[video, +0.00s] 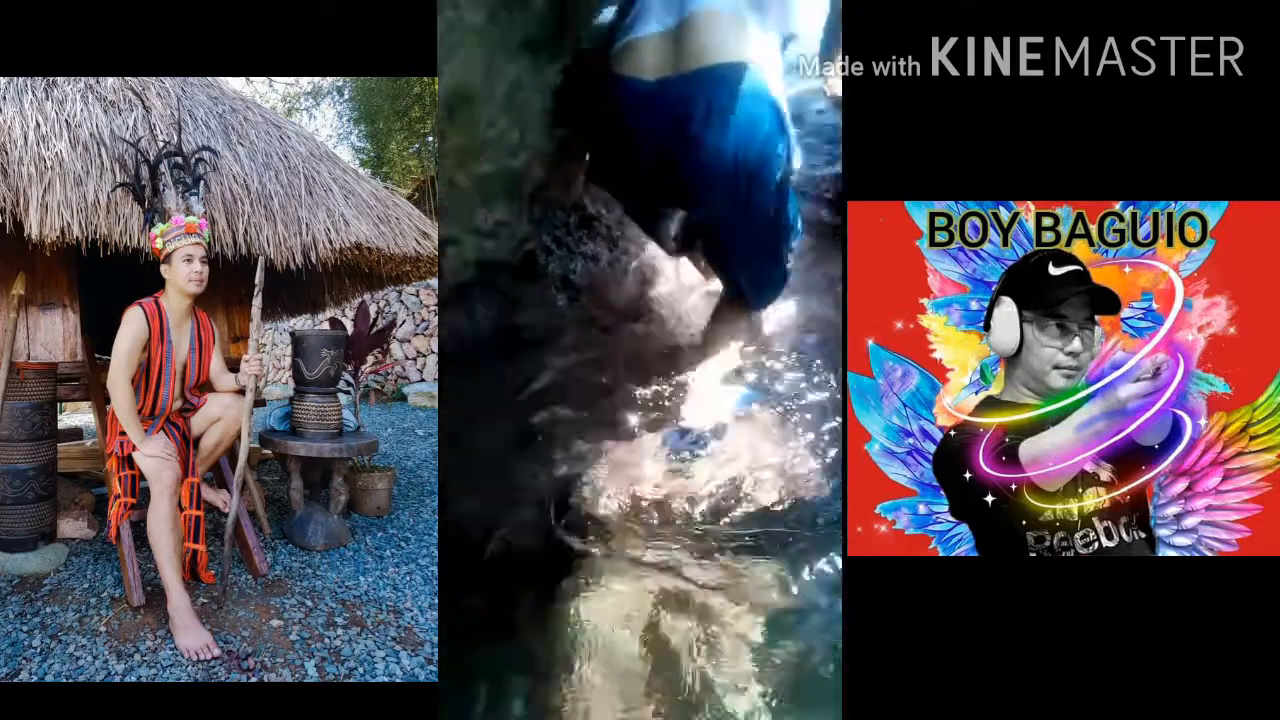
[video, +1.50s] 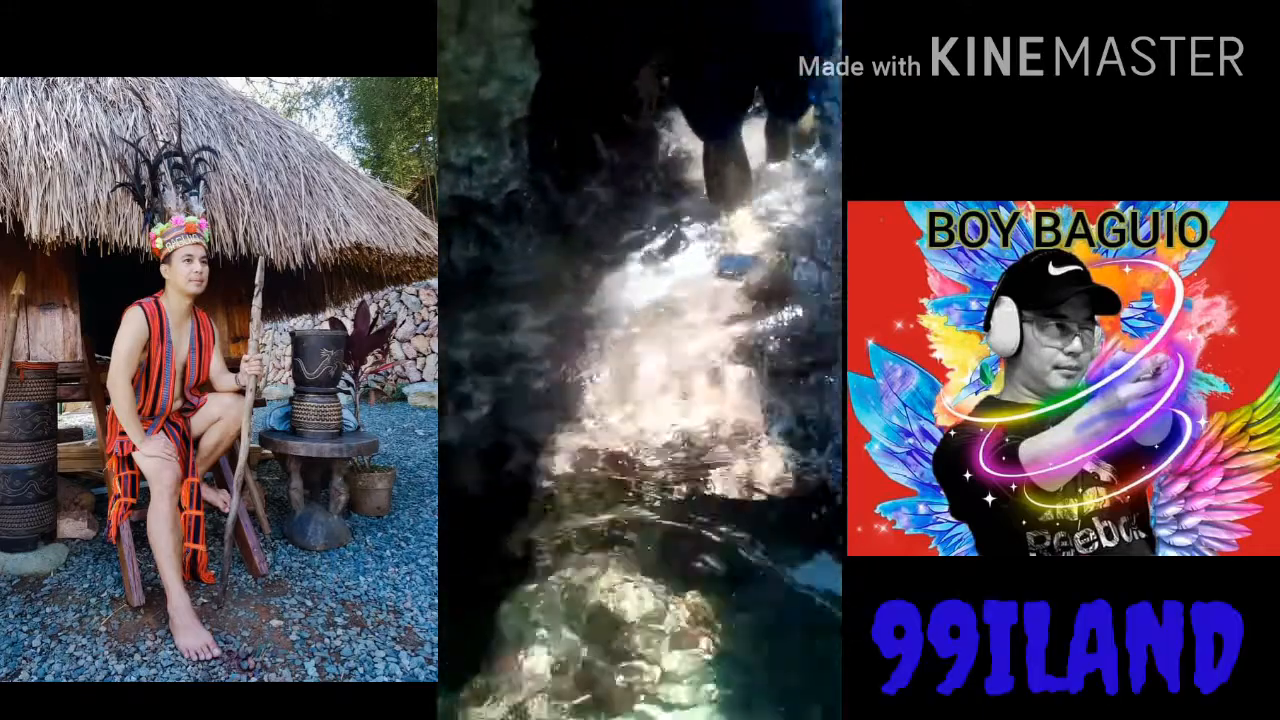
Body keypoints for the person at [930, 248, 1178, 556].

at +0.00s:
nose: (1076, 346)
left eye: (1086, 328)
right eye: (1055, 327)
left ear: (1096, 334)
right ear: (1007, 327)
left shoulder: (1113, 409)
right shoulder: (962, 445)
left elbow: (1155, 435)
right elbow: (1022, 472)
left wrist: (1149, 396)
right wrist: (1106, 412)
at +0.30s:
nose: (1076, 346)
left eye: (1086, 328)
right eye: (1055, 327)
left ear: (1097, 334)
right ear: (1007, 328)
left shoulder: (1113, 409)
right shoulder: (962, 445)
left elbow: (1156, 435)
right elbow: (1021, 472)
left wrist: (1148, 396)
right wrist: (1106, 412)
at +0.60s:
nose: (1076, 346)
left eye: (1086, 328)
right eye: (1055, 327)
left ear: (1097, 334)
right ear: (1007, 328)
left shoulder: (1113, 408)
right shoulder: (962, 446)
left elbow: (1155, 435)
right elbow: (1022, 472)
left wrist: (1149, 396)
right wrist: (1106, 412)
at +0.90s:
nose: (1076, 346)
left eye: (1086, 328)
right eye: (1055, 326)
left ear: (1097, 335)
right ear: (1007, 328)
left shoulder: (1113, 408)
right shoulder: (962, 446)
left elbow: (1156, 435)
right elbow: (1022, 471)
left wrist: (1147, 395)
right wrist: (1105, 413)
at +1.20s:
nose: (1076, 346)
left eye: (1086, 328)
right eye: (1055, 327)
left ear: (1097, 334)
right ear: (1007, 328)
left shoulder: (1114, 408)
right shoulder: (962, 446)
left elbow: (1155, 435)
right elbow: (1022, 472)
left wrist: (1149, 396)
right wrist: (1106, 412)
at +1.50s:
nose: (1076, 346)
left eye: (1086, 328)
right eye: (1055, 327)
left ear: (1097, 334)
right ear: (1007, 327)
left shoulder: (1113, 409)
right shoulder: (963, 446)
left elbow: (1155, 435)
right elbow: (1023, 472)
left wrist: (1148, 396)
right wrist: (1106, 412)